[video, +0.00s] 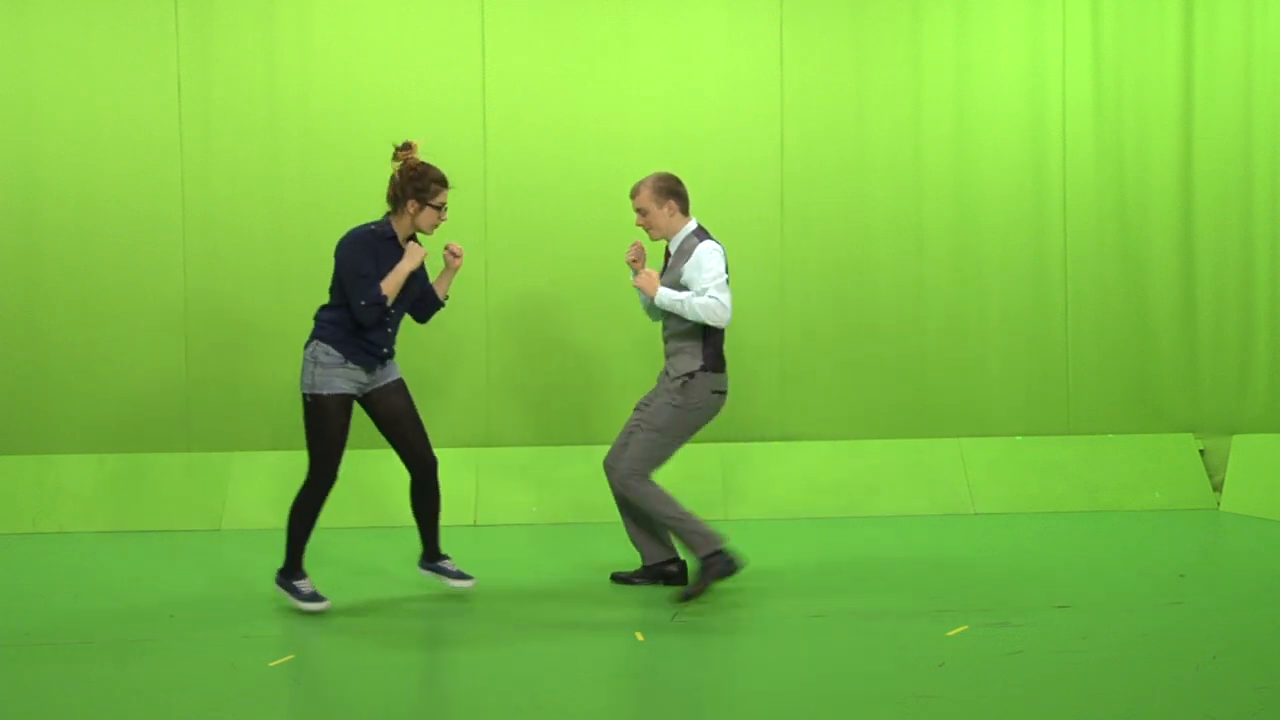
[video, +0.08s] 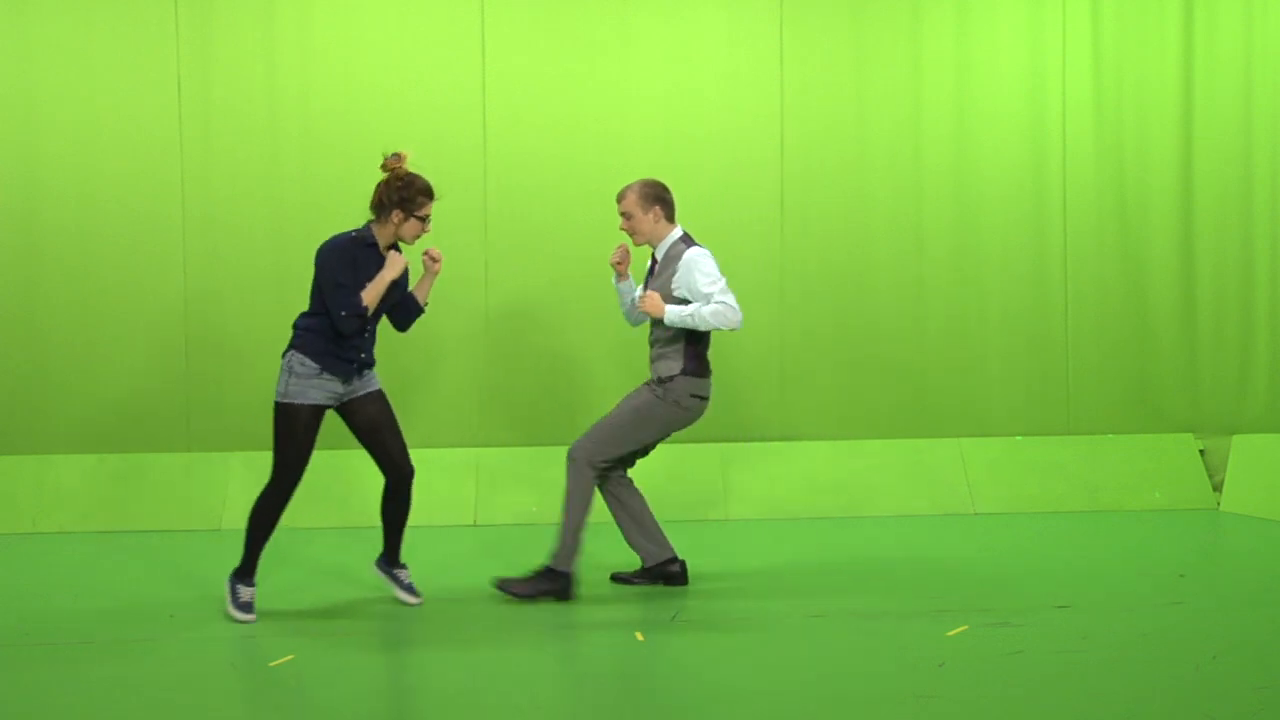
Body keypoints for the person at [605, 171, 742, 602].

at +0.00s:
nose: (641, 221)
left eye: (644, 212)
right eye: (637, 213)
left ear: (672, 208)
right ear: (669, 210)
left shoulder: (704, 249)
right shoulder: (676, 252)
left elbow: (719, 311)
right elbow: (658, 312)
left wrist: (658, 291)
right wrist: (639, 274)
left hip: (698, 383)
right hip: (676, 379)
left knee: (628, 470)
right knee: (617, 465)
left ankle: (714, 554)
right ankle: (661, 562)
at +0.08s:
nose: (624, 226)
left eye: (628, 216)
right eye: (622, 217)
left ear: (656, 213)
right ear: (654, 216)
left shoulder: (692, 258)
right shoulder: (661, 259)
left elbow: (729, 314)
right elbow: (636, 316)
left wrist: (667, 311)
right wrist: (624, 277)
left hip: (678, 390)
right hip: (669, 388)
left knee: (583, 456)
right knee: (606, 466)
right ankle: (662, 562)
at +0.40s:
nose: (632, 217)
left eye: (639, 209)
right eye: (634, 208)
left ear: (666, 214)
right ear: (669, 216)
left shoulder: (666, 257)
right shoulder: (675, 254)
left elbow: (626, 291)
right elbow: (638, 287)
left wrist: (586, 271)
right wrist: (612, 260)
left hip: (611, 387)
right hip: (636, 391)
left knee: (530, 465)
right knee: (579, 482)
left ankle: (488, 570)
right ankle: (654, 557)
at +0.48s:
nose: (635, 208)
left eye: (642, 200)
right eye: (637, 199)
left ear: (669, 207)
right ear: (671, 208)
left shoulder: (672, 247)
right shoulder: (672, 247)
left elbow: (639, 270)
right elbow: (631, 289)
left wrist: (598, 251)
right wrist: (613, 254)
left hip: (622, 382)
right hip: (644, 384)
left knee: (547, 466)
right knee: (584, 474)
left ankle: (491, 567)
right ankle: (652, 557)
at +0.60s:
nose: (624, 208)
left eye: (632, 200)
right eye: (626, 199)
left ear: (659, 206)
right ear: (657, 207)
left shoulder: (681, 253)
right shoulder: (652, 249)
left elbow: (635, 293)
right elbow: (620, 295)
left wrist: (607, 260)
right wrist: (605, 260)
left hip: (663, 386)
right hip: (657, 384)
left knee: (570, 452)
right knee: (597, 466)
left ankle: (539, 565)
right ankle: (654, 562)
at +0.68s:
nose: (622, 216)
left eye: (628, 208)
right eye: (622, 208)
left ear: (656, 211)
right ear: (653, 212)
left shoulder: (687, 257)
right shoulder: (653, 253)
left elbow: (641, 310)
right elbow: (624, 302)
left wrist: (611, 270)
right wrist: (603, 269)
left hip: (686, 387)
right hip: (671, 383)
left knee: (600, 457)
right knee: (603, 456)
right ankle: (650, 561)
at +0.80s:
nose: (636, 214)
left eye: (642, 205)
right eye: (636, 205)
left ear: (671, 208)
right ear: (668, 209)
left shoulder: (703, 253)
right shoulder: (672, 250)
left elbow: (662, 309)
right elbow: (652, 304)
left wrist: (628, 270)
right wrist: (624, 272)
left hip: (711, 385)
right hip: (681, 381)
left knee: (698, 495)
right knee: (623, 458)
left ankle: (802, 539)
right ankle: (654, 564)